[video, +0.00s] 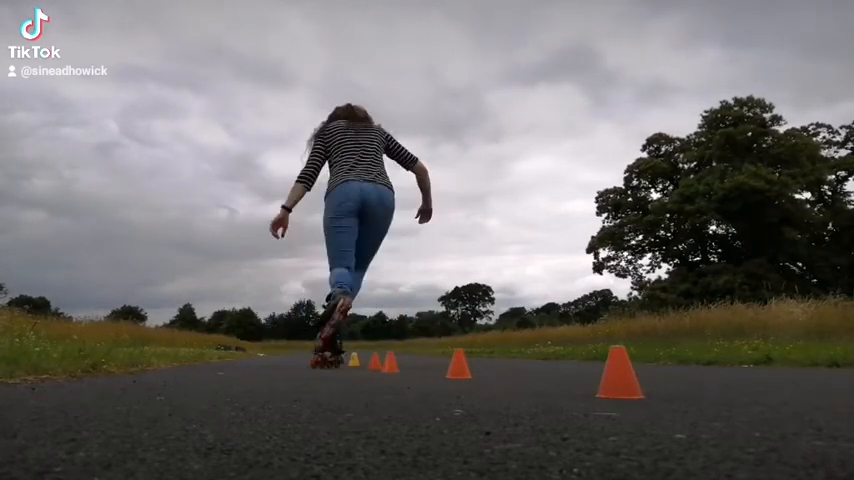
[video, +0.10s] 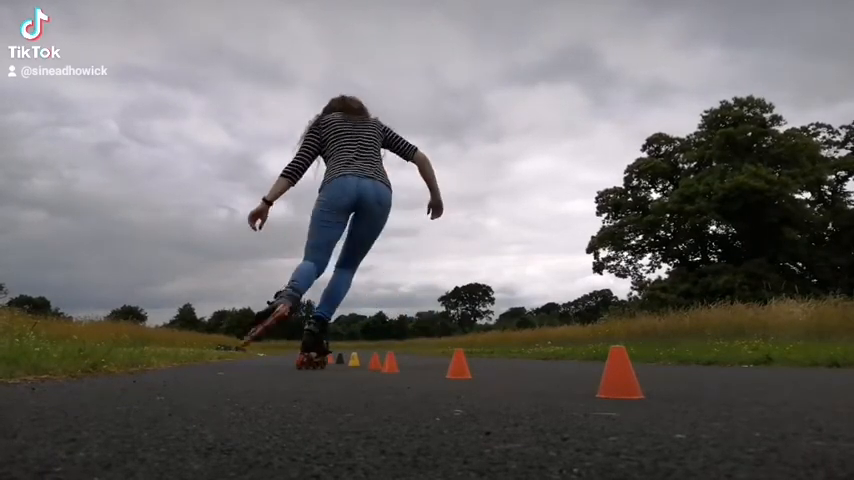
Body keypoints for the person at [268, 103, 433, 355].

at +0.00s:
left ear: (334, 118)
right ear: (362, 117)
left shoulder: (328, 131)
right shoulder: (377, 132)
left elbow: (309, 173)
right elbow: (420, 168)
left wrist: (286, 209)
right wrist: (427, 202)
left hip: (344, 192)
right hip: (382, 195)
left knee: (341, 263)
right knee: (359, 268)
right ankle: (332, 330)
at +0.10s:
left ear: (329, 110)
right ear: (360, 111)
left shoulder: (323, 122)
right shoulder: (374, 126)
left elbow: (299, 165)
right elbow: (421, 157)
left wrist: (266, 202)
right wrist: (436, 195)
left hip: (340, 185)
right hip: (379, 192)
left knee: (314, 259)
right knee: (348, 267)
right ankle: (317, 329)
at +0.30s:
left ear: (333, 91)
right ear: (364, 93)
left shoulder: (319, 107)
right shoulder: (376, 108)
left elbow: (293, 151)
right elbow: (421, 127)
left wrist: (264, 192)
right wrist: (461, 159)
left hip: (336, 178)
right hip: (379, 185)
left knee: (290, 247)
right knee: (331, 260)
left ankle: (262, 315)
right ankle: (305, 323)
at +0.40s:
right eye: (382, 87)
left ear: (344, 82)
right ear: (377, 84)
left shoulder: (326, 100)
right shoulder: (383, 94)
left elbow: (307, 147)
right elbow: (419, 109)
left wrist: (291, 189)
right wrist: (458, 139)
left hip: (336, 171)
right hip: (381, 177)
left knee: (303, 245)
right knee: (335, 256)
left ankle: (303, 317)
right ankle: (312, 320)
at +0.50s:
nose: (402, 81)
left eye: (402, 76)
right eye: (401, 77)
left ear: (364, 71)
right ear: (393, 72)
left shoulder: (341, 93)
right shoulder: (392, 79)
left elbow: (329, 141)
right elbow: (414, 91)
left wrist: (327, 177)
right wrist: (446, 116)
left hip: (342, 163)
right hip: (387, 166)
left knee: (329, 249)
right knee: (349, 252)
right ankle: (331, 318)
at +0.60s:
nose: (424, 79)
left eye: (424, 76)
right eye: (422, 75)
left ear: (384, 64)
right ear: (411, 67)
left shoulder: (364, 87)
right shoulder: (404, 70)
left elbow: (355, 116)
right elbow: (412, 78)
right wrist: (438, 97)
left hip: (355, 160)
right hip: (401, 159)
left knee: (369, 252)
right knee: (373, 251)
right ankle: (354, 313)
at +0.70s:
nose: (447, 78)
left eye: (449, 74)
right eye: (445, 71)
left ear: (402, 58)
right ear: (431, 60)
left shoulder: (381, 82)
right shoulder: (421, 63)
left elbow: (379, 117)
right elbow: (424, 67)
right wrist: (447, 85)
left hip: (372, 158)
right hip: (417, 154)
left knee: (401, 247)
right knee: (399, 248)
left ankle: (443, 326)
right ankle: (368, 298)